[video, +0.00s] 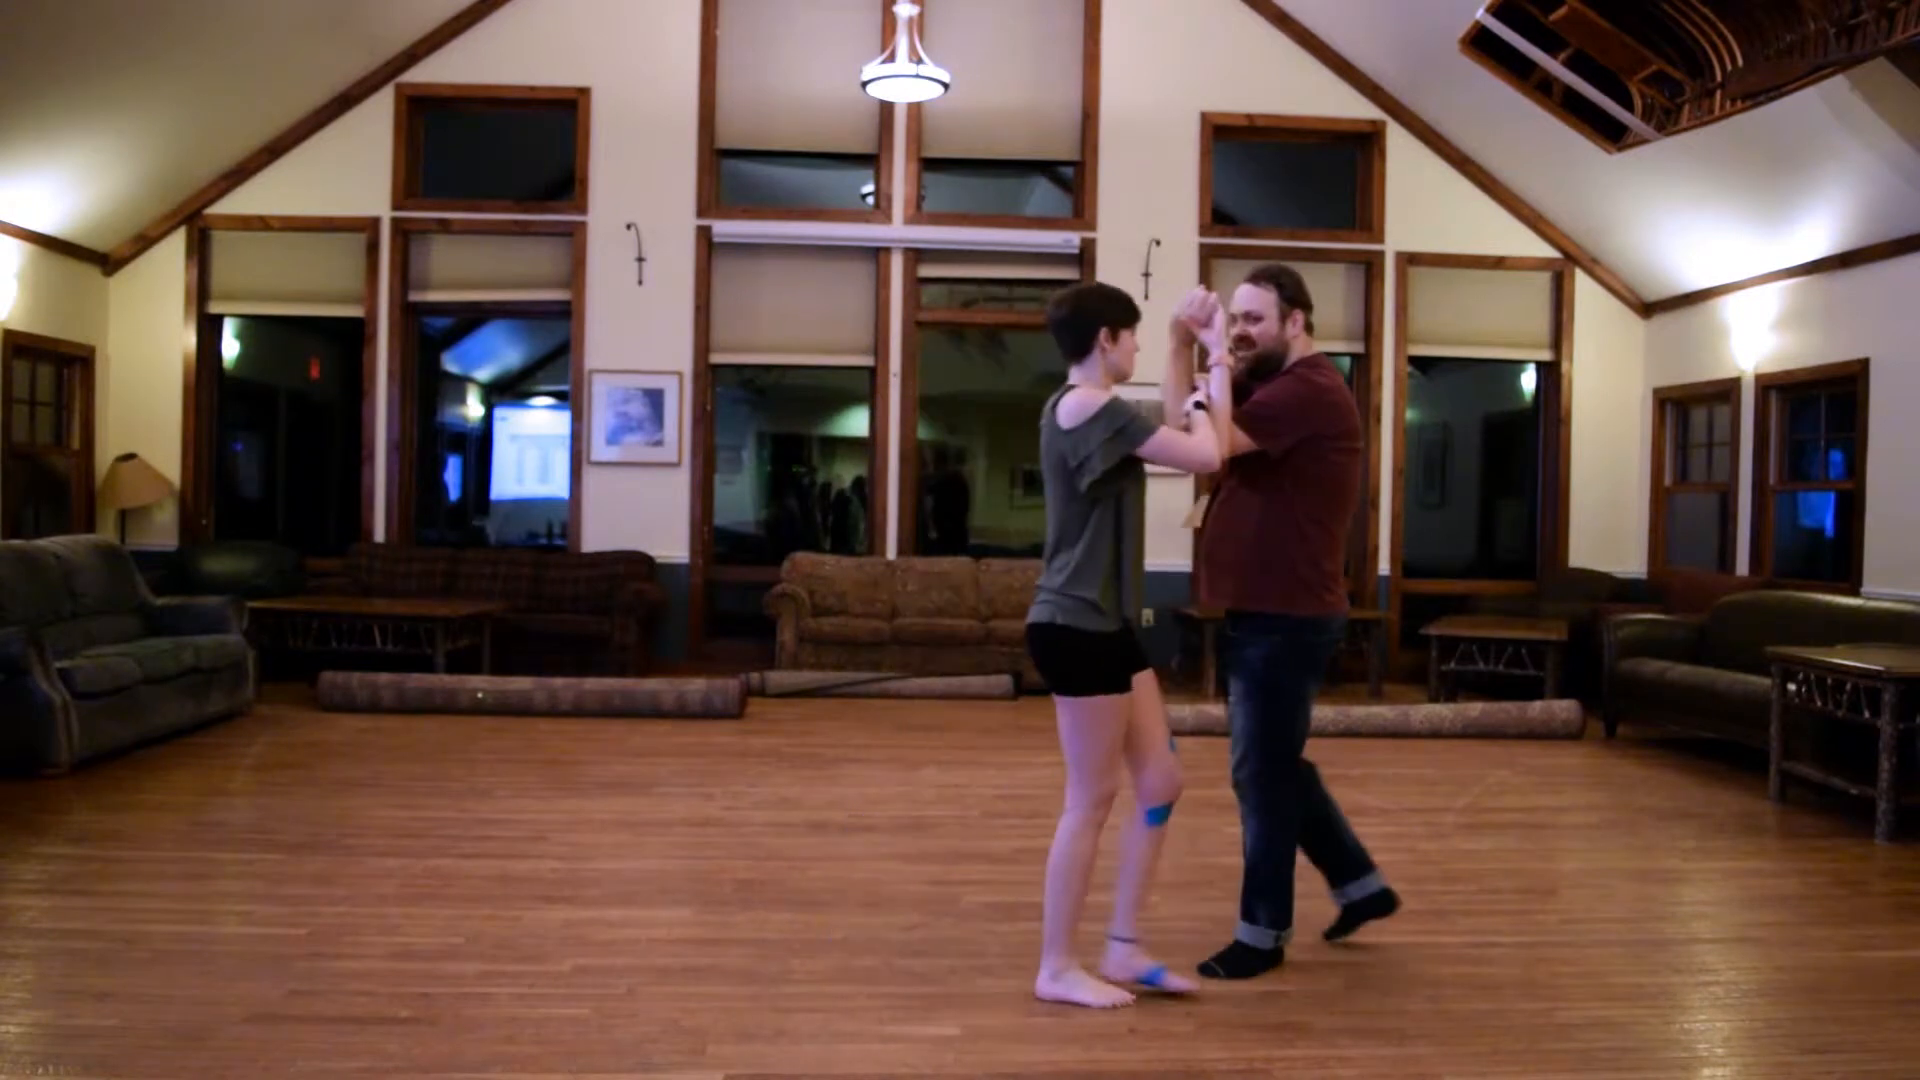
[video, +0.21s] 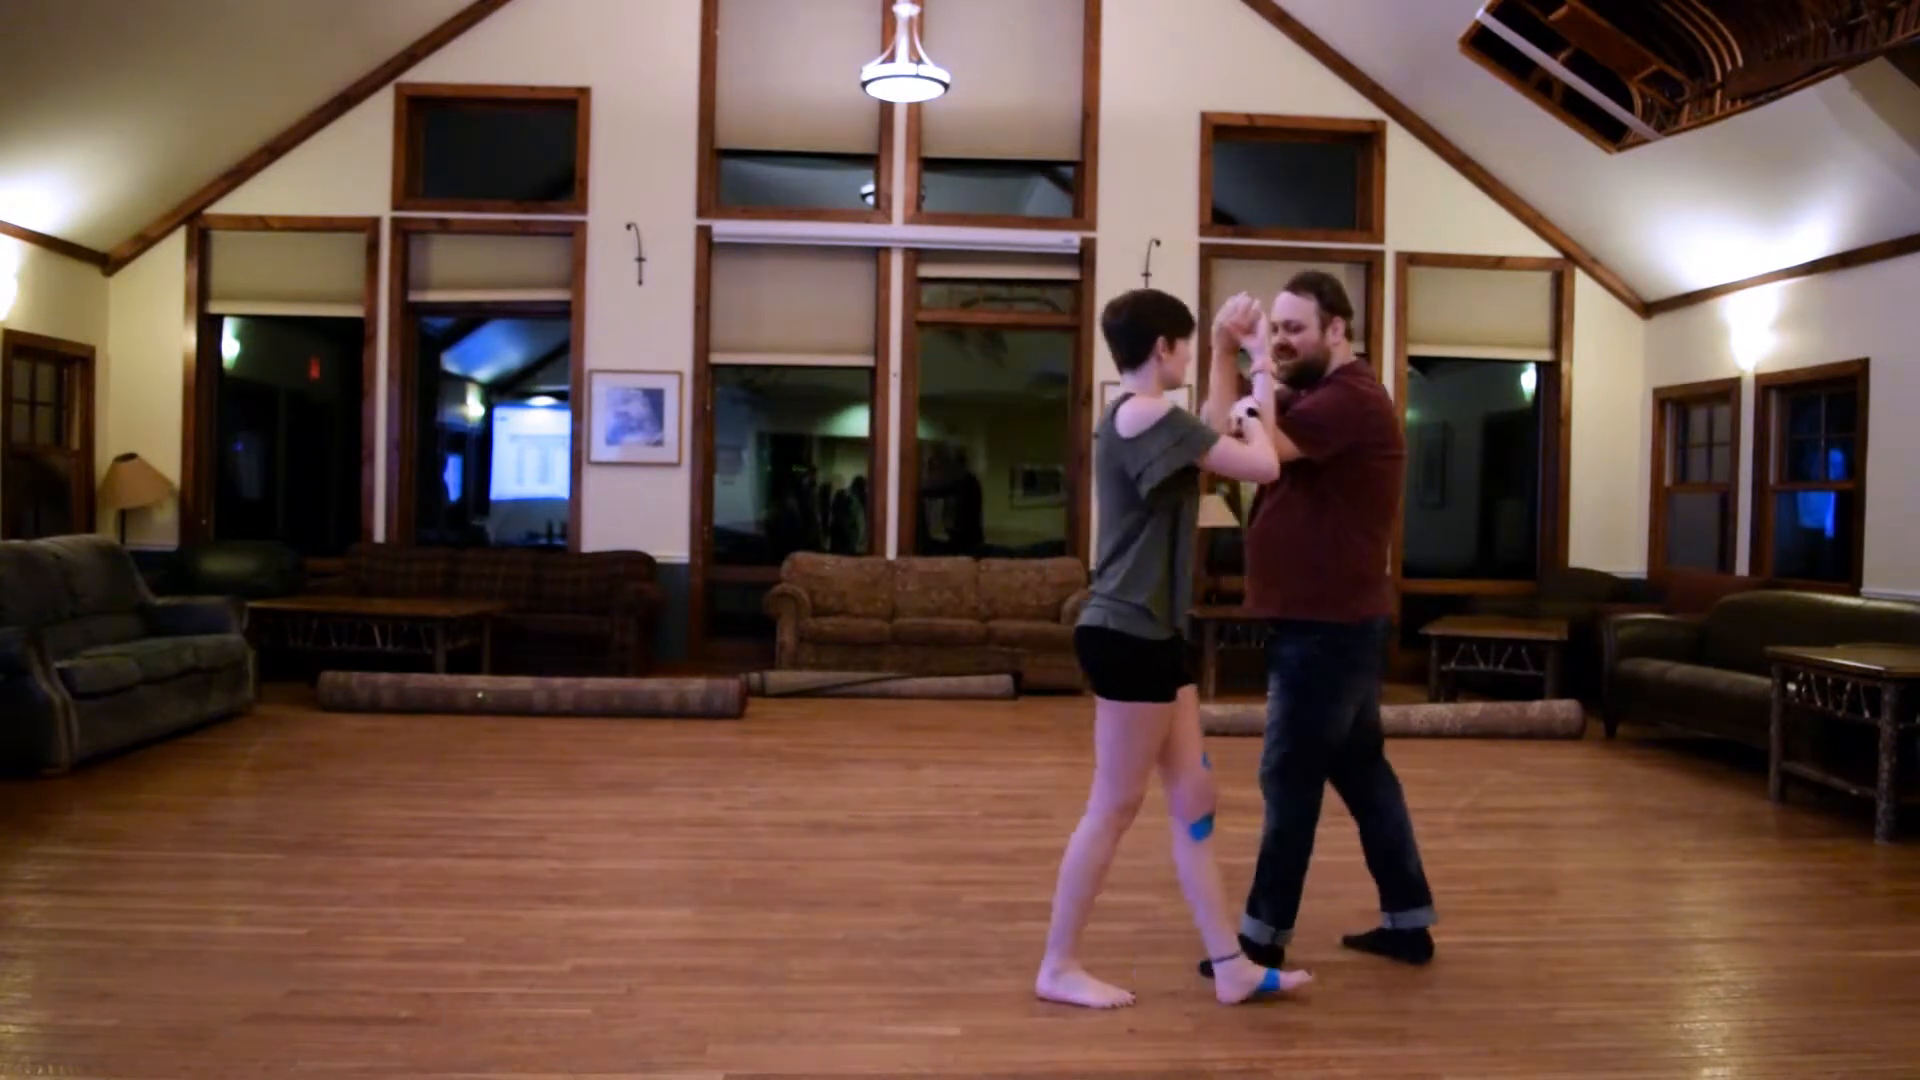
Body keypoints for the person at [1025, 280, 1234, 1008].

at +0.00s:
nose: (1137, 347)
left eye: (1136, 335)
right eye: (1133, 335)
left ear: (1084, 344)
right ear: (1108, 341)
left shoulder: (1072, 408)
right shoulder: (1097, 414)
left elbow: (1178, 443)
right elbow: (1209, 452)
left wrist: (1185, 364)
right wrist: (1217, 374)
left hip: (1107, 623)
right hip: (1078, 627)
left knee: (1158, 784)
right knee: (1091, 797)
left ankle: (1123, 950)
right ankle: (1056, 970)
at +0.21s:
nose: (1189, 352)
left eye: (1189, 343)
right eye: (1187, 342)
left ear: (1131, 351)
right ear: (1166, 349)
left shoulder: (1131, 413)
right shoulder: (1153, 419)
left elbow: (1217, 435)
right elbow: (1263, 462)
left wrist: (1222, 354)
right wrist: (1261, 386)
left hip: (1157, 632)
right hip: (1129, 634)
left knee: (1192, 799)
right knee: (1112, 806)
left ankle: (1230, 966)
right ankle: (1056, 968)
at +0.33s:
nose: (1222, 357)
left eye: (1221, 345)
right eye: (1220, 346)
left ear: (1157, 351)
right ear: (1200, 349)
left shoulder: (1156, 416)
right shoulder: (1194, 422)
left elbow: (1241, 428)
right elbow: (1296, 473)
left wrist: (1247, 347)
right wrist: (1286, 401)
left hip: (1188, 632)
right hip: (1178, 636)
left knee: (1215, 802)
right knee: (1172, 806)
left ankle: (1238, 969)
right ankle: (1070, 951)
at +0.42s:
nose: (1243, 356)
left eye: (1242, 345)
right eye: (1240, 345)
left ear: (1178, 349)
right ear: (1220, 348)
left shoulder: (1176, 417)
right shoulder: (1209, 418)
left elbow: (1270, 450)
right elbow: (1313, 482)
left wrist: (1262, 354)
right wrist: (1311, 393)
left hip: (1188, 629)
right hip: (1207, 634)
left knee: (1223, 809)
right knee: (1227, 810)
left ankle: (1239, 969)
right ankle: (1103, 933)